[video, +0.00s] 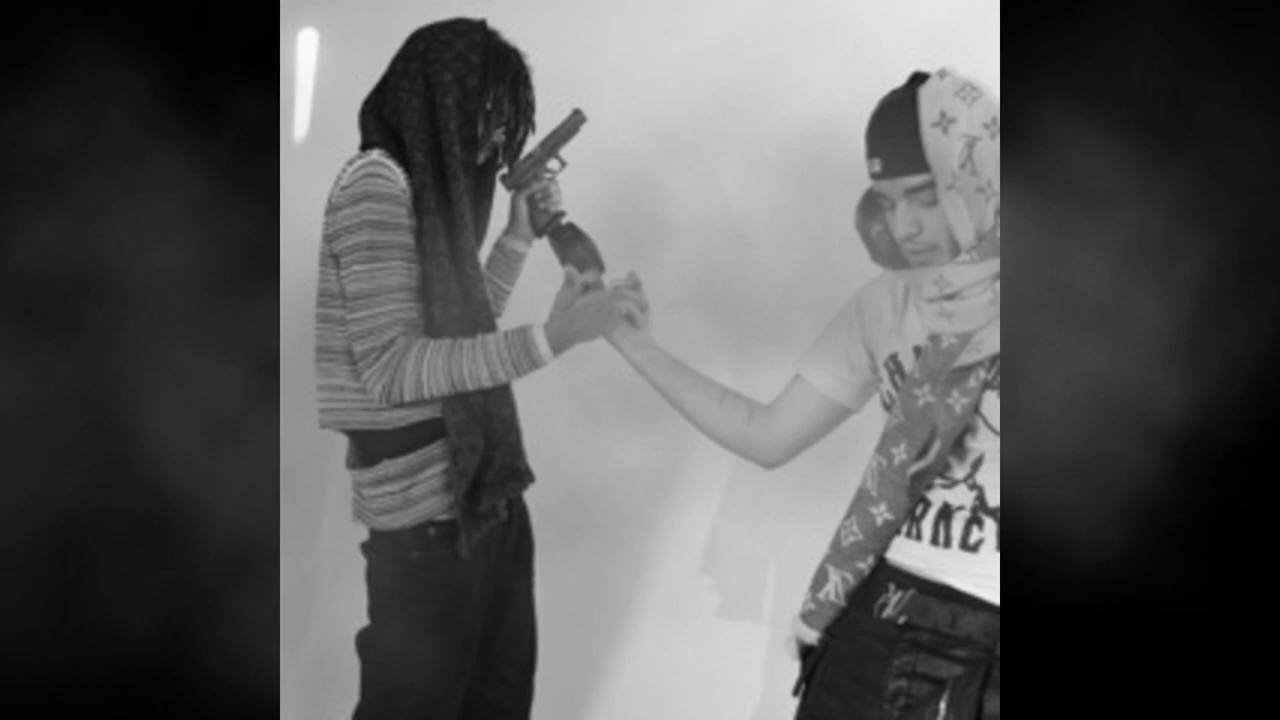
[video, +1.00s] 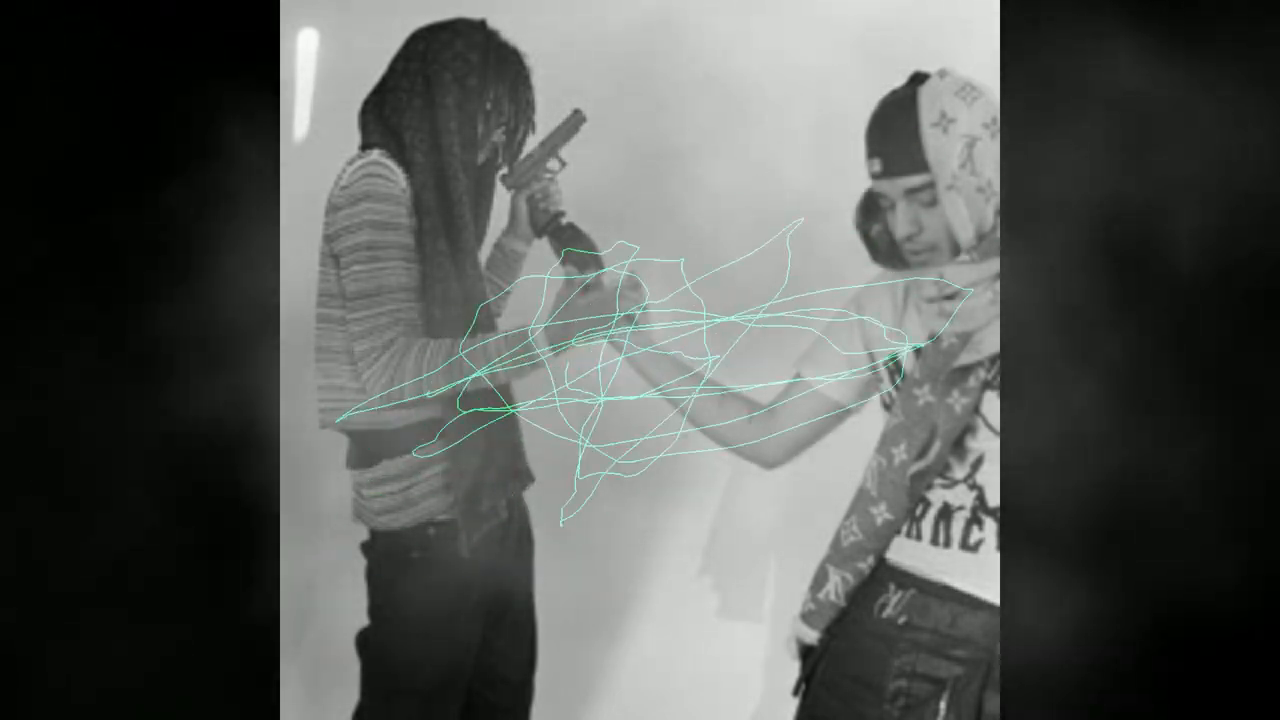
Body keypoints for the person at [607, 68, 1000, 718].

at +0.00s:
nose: (905, 229)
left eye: (926, 200)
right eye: (885, 206)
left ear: (980, 187)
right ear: (872, 206)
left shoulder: (1038, 289)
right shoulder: (888, 303)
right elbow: (767, 436)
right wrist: (634, 342)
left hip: (994, 637)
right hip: (884, 614)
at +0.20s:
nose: (903, 227)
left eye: (926, 198)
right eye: (884, 205)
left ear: (982, 187)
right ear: (872, 211)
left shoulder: (1038, 285)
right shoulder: (889, 302)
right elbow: (767, 436)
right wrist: (632, 340)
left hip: (993, 640)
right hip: (885, 614)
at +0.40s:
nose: (904, 228)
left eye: (926, 199)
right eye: (886, 205)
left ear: (982, 184)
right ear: (874, 204)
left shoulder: (1038, 289)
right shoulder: (890, 302)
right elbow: (768, 436)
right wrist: (636, 339)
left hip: (998, 638)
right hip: (884, 615)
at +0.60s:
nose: (902, 227)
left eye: (925, 196)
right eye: (886, 202)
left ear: (986, 185)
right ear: (877, 207)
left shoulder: (1040, 304)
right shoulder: (895, 304)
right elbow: (769, 437)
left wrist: (1011, 322)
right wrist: (632, 335)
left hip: (1004, 646)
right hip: (883, 616)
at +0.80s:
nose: (904, 229)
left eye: (926, 199)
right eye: (885, 205)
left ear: (981, 184)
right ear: (873, 205)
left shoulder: (1034, 289)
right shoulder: (891, 303)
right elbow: (768, 437)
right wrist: (632, 338)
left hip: (1009, 638)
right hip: (887, 612)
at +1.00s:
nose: (904, 230)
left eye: (926, 198)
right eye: (886, 204)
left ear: (984, 185)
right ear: (874, 205)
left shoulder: (1040, 291)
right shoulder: (896, 303)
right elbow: (767, 437)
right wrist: (630, 334)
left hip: (1008, 644)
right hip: (886, 616)